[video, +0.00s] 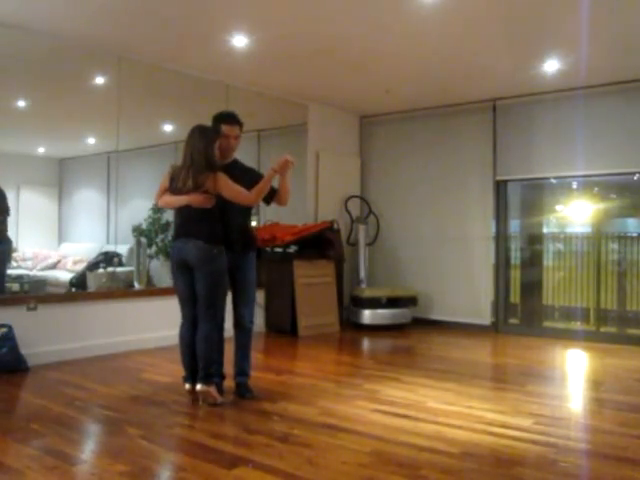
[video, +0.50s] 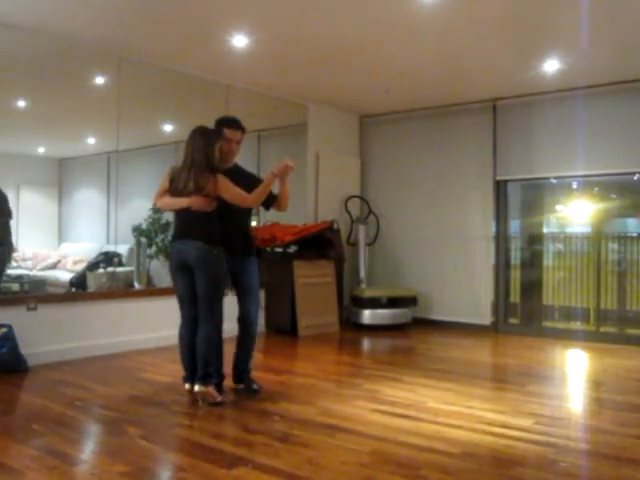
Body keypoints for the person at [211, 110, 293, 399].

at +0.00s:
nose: (230, 143)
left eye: (235, 138)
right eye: (225, 136)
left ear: (240, 140)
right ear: (213, 137)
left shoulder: (247, 174)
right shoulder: (202, 171)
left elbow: (281, 199)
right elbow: (163, 199)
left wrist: (283, 174)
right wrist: (189, 199)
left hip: (243, 249)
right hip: (212, 250)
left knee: (244, 319)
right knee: (213, 317)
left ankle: (242, 379)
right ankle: (214, 379)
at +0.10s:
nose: (230, 143)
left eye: (235, 138)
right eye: (225, 137)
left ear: (240, 140)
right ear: (213, 138)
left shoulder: (247, 174)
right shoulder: (203, 171)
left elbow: (281, 200)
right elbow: (163, 199)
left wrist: (283, 174)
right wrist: (189, 199)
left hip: (243, 250)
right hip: (212, 251)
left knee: (244, 319)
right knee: (213, 317)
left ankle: (242, 378)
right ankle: (214, 379)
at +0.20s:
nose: (231, 144)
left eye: (236, 138)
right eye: (226, 138)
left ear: (240, 140)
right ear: (214, 138)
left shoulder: (247, 174)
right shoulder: (203, 171)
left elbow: (281, 199)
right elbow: (162, 199)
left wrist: (282, 173)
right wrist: (189, 199)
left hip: (243, 250)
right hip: (212, 251)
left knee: (244, 319)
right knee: (213, 317)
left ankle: (242, 379)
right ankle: (214, 379)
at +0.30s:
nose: (231, 144)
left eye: (236, 139)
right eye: (226, 138)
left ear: (240, 140)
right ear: (214, 138)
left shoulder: (246, 174)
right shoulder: (202, 172)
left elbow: (281, 200)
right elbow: (161, 199)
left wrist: (282, 172)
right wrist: (189, 199)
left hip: (243, 250)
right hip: (212, 251)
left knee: (244, 319)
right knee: (212, 317)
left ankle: (242, 379)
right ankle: (214, 379)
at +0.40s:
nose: (229, 146)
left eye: (235, 141)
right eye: (225, 139)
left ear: (240, 143)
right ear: (213, 139)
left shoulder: (246, 176)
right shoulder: (202, 173)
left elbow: (281, 201)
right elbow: (161, 200)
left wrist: (282, 174)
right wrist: (189, 200)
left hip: (243, 251)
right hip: (212, 252)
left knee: (245, 318)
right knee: (212, 317)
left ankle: (242, 378)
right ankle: (213, 379)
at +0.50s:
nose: (231, 147)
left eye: (236, 142)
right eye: (226, 141)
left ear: (241, 145)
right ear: (215, 141)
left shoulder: (247, 178)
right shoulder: (203, 175)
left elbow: (280, 205)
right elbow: (161, 201)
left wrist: (283, 179)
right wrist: (189, 201)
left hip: (243, 251)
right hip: (212, 252)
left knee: (250, 317)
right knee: (211, 317)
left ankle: (242, 374)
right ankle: (213, 377)